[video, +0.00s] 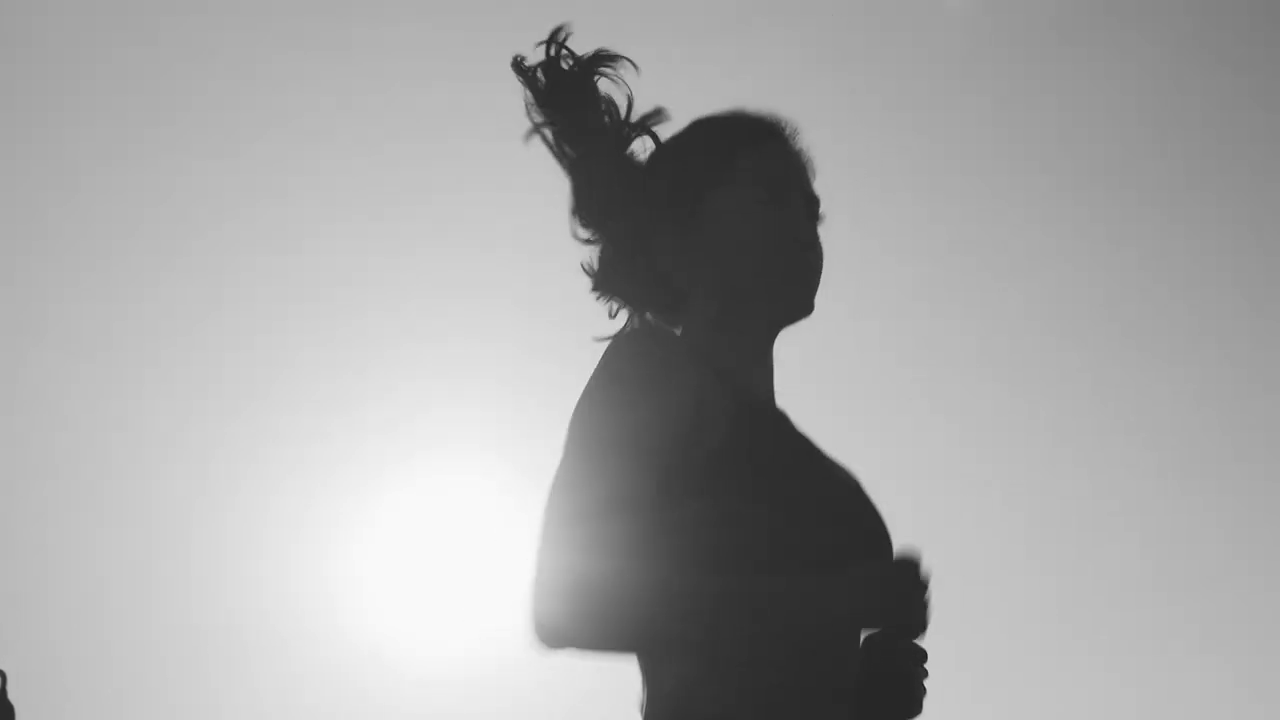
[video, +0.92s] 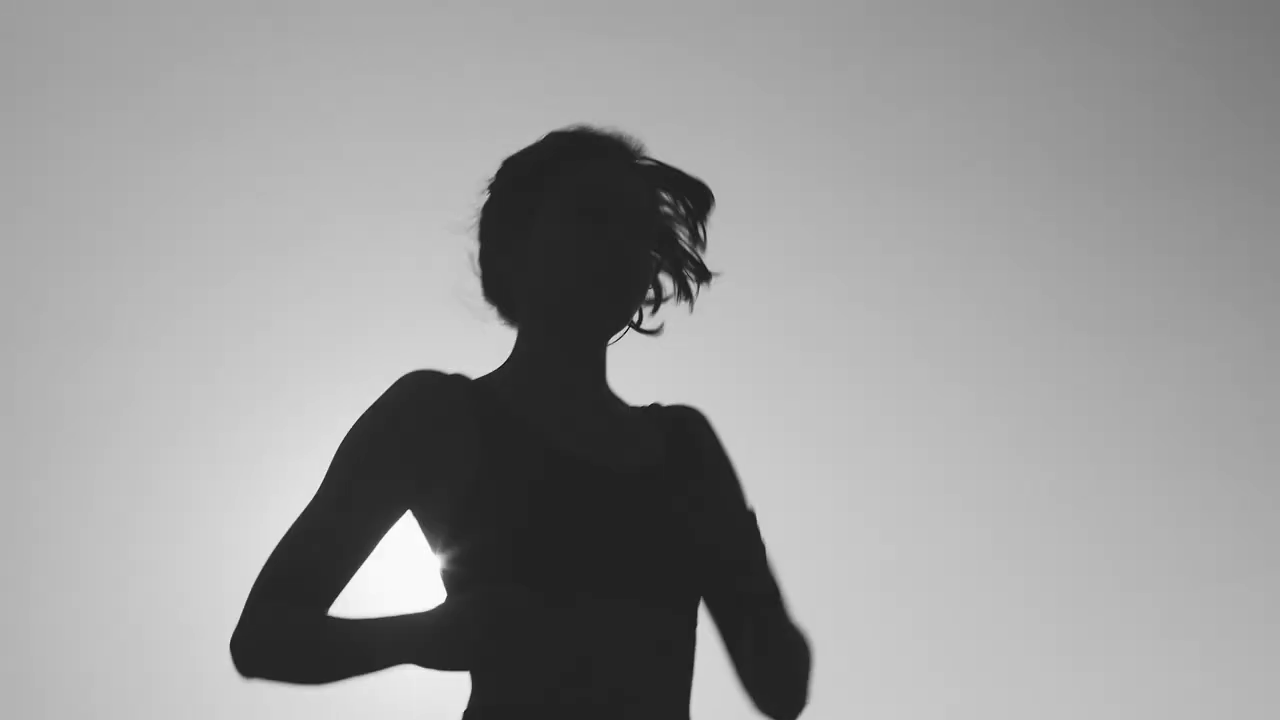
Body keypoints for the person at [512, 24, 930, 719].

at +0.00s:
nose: (814, 227)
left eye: (811, 206)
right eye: (783, 203)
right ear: (697, 232)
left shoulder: (755, 408)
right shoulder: (652, 373)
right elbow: (570, 603)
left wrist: (869, 688)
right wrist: (838, 596)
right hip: (711, 705)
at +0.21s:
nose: (779, 281)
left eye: (784, 258)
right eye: (739, 254)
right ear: (652, 292)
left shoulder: (791, 505)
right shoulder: (603, 437)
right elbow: (430, 671)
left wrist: (885, 696)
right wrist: (611, 706)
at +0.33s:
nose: (760, 273)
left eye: (763, 251)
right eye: (722, 250)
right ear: (635, 283)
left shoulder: (787, 500)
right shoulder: (567, 436)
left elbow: (847, 714)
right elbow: (372, 647)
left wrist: (879, 657)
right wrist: (566, 704)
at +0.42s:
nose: (747, 263)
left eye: (748, 241)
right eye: (712, 239)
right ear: (621, 268)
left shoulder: (776, 477)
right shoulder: (540, 427)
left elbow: (864, 713)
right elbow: (344, 624)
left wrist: (853, 593)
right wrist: (520, 686)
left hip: (737, 715)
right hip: (597, 715)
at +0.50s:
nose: (724, 251)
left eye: (728, 228)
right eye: (689, 225)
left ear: (736, 252)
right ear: (609, 245)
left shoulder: (768, 459)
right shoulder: (516, 410)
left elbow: (884, 699)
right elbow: (325, 598)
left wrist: (828, 547)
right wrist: (485, 656)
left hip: (727, 714)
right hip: (592, 712)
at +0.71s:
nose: (659, 244)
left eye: (673, 217)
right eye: (623, 214)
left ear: (686, 247)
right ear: (546, 244)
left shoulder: (730, 425)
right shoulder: (470, 392)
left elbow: (872, 649)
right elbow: (291, 579)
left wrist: (770, 478)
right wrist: (418, 615)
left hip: (700, 712)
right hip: (545, 709)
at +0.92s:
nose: (625, 254)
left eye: (639, 232)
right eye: (591, 222)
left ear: (652, 265)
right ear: (517, 249)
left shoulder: (682, 444)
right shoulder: (431, 416)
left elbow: (782, 691)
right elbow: (264, 639)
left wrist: (730, 560)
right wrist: (431, 634)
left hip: (649, 712)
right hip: (510, 712)